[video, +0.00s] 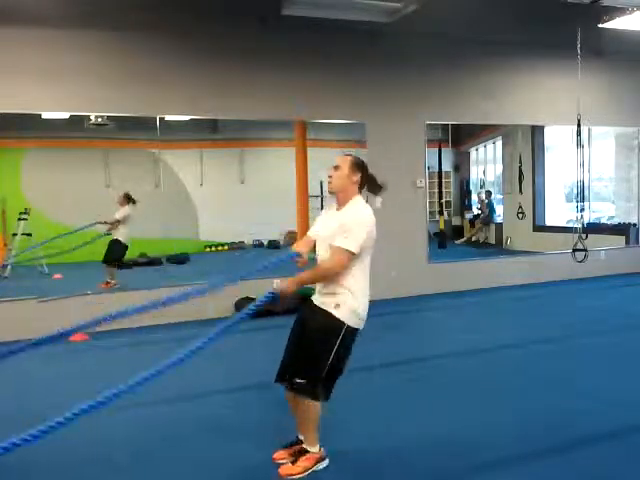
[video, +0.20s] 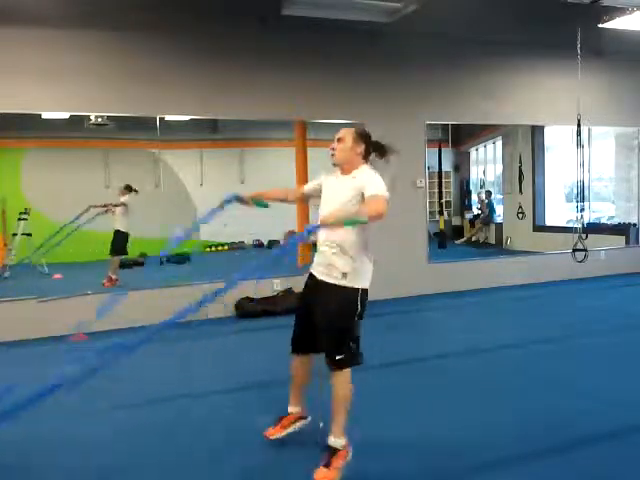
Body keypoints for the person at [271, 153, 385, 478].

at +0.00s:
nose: (329, 174)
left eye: (337, 169)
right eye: (331, 169)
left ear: (355, 178)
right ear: (347, 179)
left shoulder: (361, 216)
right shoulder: (331, 212)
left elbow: (336, 265)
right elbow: (307, 241)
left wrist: (294, 282)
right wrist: (300, 249)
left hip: (343, 309)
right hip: (320, 302)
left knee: (308, 382)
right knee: (292, 377)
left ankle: (313, 451)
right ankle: (305, 441)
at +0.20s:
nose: (333, 146)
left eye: (340, 141)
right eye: (333, 141)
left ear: (359, 149)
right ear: (339, 149)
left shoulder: (369, 177)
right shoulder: (328, 179)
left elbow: (377, 209)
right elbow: (294, 194)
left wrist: (332, 220)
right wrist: (255, 196)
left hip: (348, 284)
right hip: (318, 277)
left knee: (339, 363)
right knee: (302, 347)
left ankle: (338, 443)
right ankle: (295, 412)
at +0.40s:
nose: (304, 183)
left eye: (310, 178)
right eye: (305, 177)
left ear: (328, 185)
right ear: (320, 185)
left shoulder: (343, 215)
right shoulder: (312, 216)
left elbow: (363, 238)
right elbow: (311, 243)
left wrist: (374, 249)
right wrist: (287, 241)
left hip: (351, 311)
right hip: (321, 306)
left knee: (340, 385)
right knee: (290, 368)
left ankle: (368, 464)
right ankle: (291, 418)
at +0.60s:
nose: (311, 155)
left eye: (317, 150)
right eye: (312, 149)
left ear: (338, 156)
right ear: (325, 156)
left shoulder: (353, 186)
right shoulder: (316, 190)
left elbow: (359, 213)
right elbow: (288, 211)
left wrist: (322, 221)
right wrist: (248, 211)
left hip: (339, 290)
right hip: (309, 287)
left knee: (335, 370)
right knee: (291, 355)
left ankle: (350, 447)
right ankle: (288, 409)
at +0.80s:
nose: (316, 154)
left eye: (322, 148)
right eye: (317, 148)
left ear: (343, 154)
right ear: (329, 154)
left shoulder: (356, 189)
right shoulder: (318, 187)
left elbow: (330, 233)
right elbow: (294, 226)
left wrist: (284, 246)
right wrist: (266, 236)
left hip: (334, 289)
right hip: (306, 283)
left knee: (310, 366)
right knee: (292, 362)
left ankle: (312, 439)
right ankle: (297, 433)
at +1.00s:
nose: (322, 152)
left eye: (330, 146)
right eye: (323, 146)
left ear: (350, 156)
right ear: (327, 156)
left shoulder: (357, 190)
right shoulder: (320, 192)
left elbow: (358, 226)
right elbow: (296, 220)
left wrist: (313, 236)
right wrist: (263, 224)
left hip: (335, 296)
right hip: (306, 290)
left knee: (321, 370)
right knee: (295, 363)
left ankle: (316, 441)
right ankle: (295, 429)